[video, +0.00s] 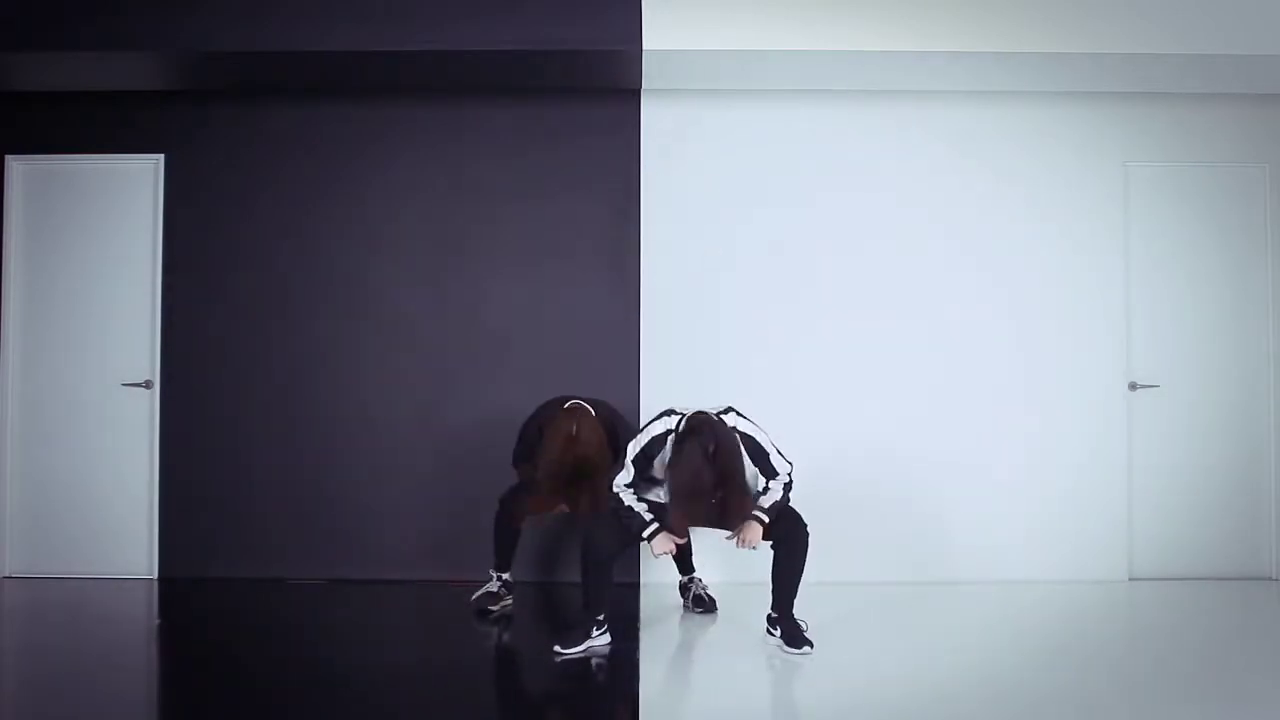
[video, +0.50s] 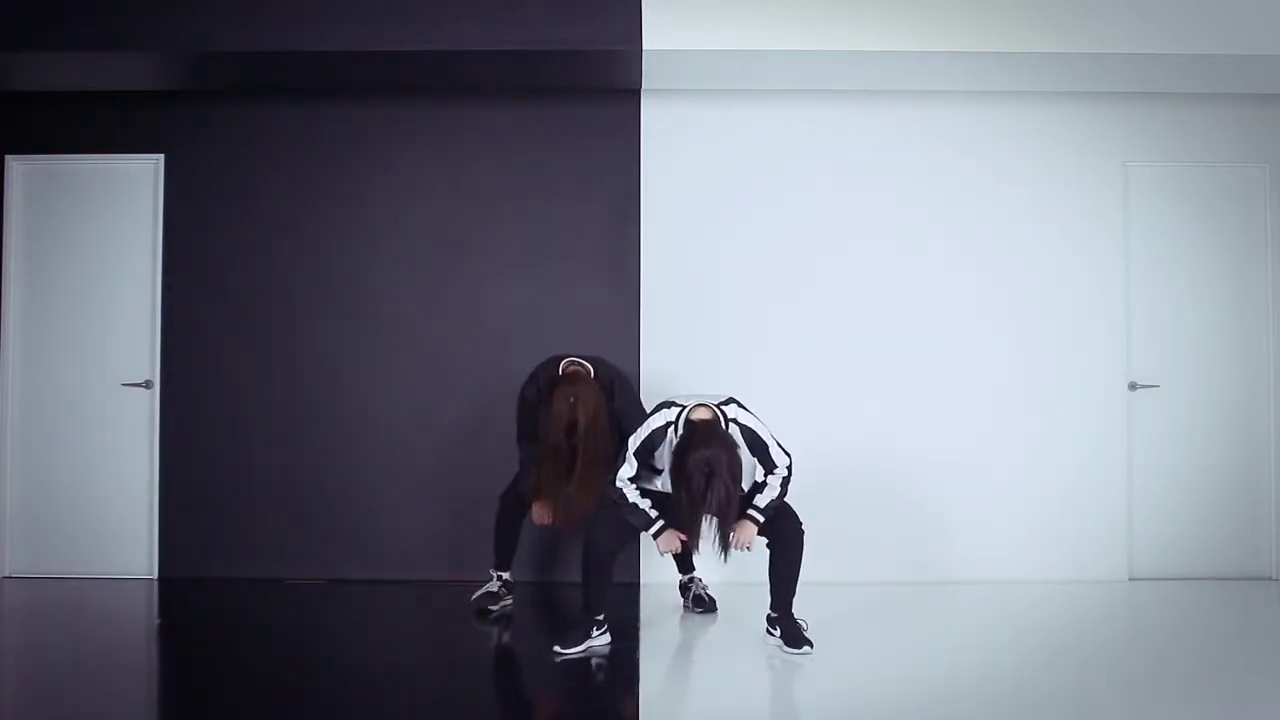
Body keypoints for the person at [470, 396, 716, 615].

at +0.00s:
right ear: (552, 446)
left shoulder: (613, 428)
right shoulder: (539, 425)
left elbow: (628, 468)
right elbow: (521, 465)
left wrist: (587, 500)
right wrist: (553, 498)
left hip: (608, 483)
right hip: (551, 480)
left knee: (664, 512)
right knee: (509, 506)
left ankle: (690, 582)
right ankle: (501, 580)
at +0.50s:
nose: (572, 439)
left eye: (577, 433)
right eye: (566, 433)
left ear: (594, 404)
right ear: (553, 402)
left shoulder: (616, 388)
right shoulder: (534, 388)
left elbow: (640, 443)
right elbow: (527, 443)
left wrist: (603, 486)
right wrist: (539, 494)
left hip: (610, 459)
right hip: (554, 456)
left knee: (666, 506)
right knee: (511, 502)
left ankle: (690, 582)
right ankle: (501, 580)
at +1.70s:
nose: (594, 351)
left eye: (601, 345)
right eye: (586, 345)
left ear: (612, 327)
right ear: (574, 327)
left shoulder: (629, 327)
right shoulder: (555, 323)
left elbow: (645, 386)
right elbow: (542, 387)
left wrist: (640, 446)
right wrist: (546, 444)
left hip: (618, 436)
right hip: (568, 438)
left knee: (659, 502)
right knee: (524, 503)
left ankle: (690, 583)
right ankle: (501, 581)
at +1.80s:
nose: (594, 345)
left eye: (601, 337)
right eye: (586, 337)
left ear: (612, 320)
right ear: (573, 322)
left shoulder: (628, 322)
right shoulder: (555, 321)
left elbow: (645, 381)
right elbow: (541, 383)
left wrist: (640, 443)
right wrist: (545, 441)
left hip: (619, 436)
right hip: (568, 437)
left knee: (659, 503)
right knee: (524, 504)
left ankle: (690, 583)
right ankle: (501, 582)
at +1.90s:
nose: (594, 336)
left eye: (601, 327)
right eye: (586, 328)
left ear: (611, 313)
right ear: (573, 315)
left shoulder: (627, 317)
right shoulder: (555, 318)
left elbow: (646, 375)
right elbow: (541, 378)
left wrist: (645, 436)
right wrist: (544, 436)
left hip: (619, 434)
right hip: (569, 435)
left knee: (659, 504)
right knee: (525, 505)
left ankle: (690, 583)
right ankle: (501, 582)